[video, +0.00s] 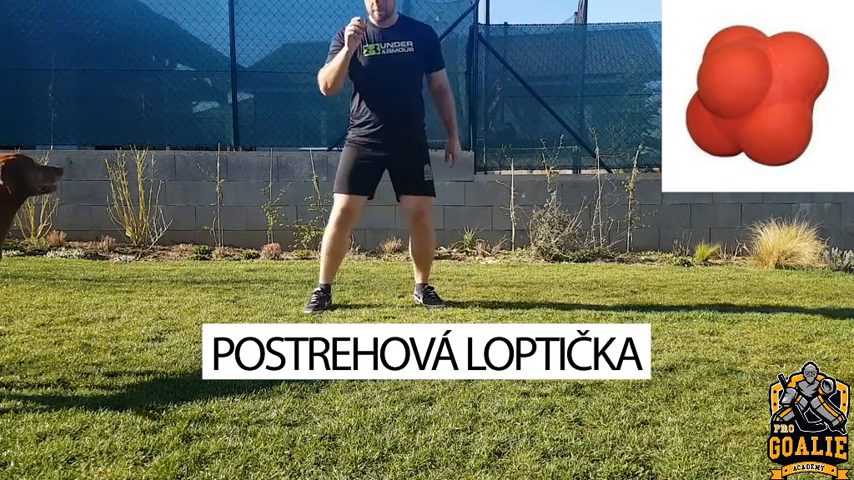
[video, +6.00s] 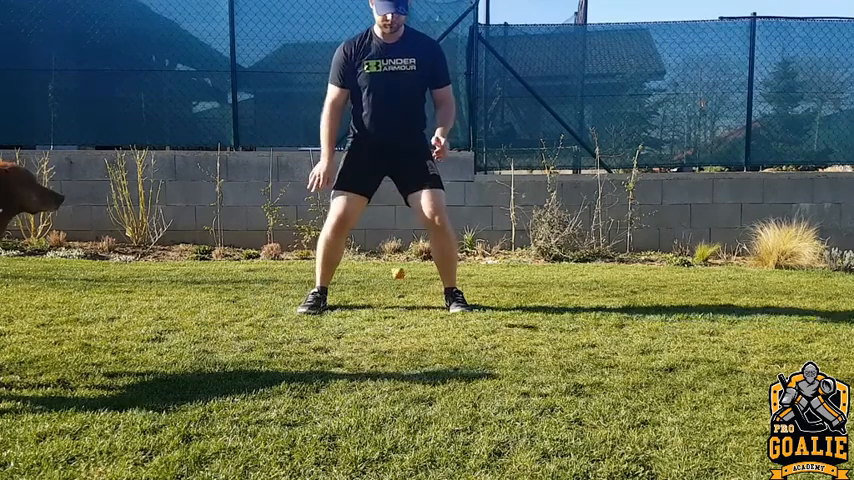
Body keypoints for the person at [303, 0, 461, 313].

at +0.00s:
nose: (378, 4)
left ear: (395, 0)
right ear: (365, 2)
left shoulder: (422, 33)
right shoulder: (349, 35)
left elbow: (440, 86)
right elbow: (327, 86)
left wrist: (452, 133)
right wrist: (348, 50)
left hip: (409, 139)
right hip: (363, 139)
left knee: (419, 212)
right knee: (343, 211)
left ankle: (423, 287)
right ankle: (323, 289)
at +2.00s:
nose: (361, 23)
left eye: (367, 15)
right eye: (355, 17)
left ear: (383, 9)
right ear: (349, 16)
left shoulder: (414, 48)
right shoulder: (339, 56)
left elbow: (437, 104)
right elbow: (328, 111)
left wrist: (412, 137)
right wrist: (315, 162)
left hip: (408, 147)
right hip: (362, 148)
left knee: (423, 220)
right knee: (337, 210)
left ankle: (429, 287)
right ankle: (322, 287)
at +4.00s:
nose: (378, 17)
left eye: (385, 10)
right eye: (371, 11)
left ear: (396, 8)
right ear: (362, 11)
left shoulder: (423, 47)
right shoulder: (344, 51)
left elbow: (443, 102)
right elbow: (330, 107)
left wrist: (434, 135)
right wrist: (324, 158)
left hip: (411, 149)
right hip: (363, 149)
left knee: (435, 218)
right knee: (335, 218)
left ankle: (450, 290)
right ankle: (314, 293)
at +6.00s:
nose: (390, 18)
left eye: (397, 12)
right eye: (383, 12)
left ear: (406, 10)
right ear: (372, 9)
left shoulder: (427, 49)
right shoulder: (350, 50)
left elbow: (445, 102)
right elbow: (333, 105)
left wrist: (442, 132)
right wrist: (326, 156)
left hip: (412, 149)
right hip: (365, 149)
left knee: (436, 215)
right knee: (337, 221)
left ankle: (452, 293)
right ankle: (319, 293)